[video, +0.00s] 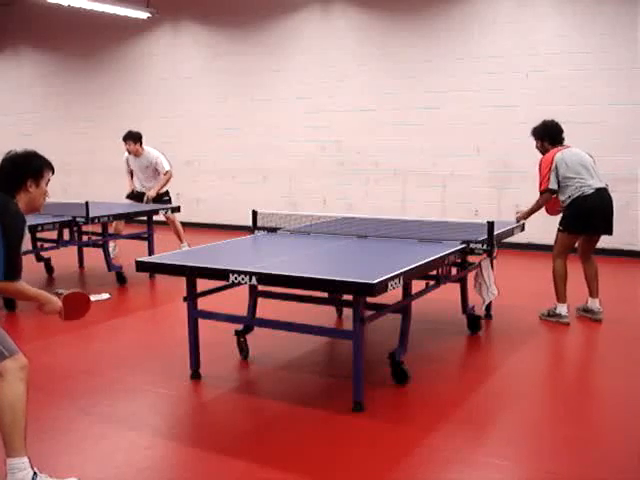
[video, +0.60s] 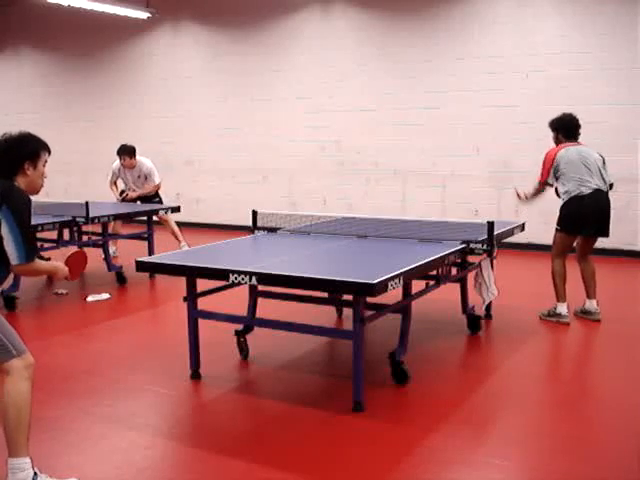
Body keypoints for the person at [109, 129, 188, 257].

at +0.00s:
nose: (126, 148)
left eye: (128, 144)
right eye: (125, 145)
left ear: (137, 144)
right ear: (128, 145)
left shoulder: (154, 156)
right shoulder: (128, 157)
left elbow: (168, 174)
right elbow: (129, 171)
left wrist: (155, 190)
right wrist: (131, 185)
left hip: (159, 193)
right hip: (139, 192)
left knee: (170, 217)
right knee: (119, 216)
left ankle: (184, 244)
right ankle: (113, 245)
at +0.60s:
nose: (121, 163)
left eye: (124, 160)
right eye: (120, 159)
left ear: (132, 158)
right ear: (119, 159)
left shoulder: (146, 165)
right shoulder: (117, 167)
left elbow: (156, 185)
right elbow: (112, 182)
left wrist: (136, 194)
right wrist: (118, 195)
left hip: (149, 195)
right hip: (130, 194)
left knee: (162, 216)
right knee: (117, 218)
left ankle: (182, 243)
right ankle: (113, 247)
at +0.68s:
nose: (121, 163)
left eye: (124, 159)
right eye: (120, 159)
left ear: (132, 158)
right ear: (119, 159)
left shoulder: (146, 166)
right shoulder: (117, 167)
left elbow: (155, 186)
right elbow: (112, 182)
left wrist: (135, 194)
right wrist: (117, 196)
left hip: (149, 194)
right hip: (130, 194)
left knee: (162, 216)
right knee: (116, 218)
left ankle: (182, 243)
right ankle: (113, 246)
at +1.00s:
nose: (123, 159)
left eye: (126, 156)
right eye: (122, 156)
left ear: (134, 155)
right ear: (121, 156)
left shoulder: (149, 163)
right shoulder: (120, 165)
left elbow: (158, 183)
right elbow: (116, 182)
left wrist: (138, 190)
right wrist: (122, 193)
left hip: (153, 193)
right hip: (134, 194)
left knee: (165, 216)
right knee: (120, 218)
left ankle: (183, 243)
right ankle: (113, 246)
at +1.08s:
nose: (124, 158)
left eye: (126, 155)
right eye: (123, 155)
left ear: (135, 154)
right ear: (121, 155)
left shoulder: (149, 162)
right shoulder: (121, 165)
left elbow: (160, 181)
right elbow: (117, 181)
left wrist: (139, 190)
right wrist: (124, 191)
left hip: (153, 193)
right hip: (134, 194)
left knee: (166, 216)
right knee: (120, 218)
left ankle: (183, 243)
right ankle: (113, 246)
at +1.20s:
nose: (125, 158)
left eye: (128, 155)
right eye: (124, 155)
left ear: (136, 154)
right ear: (123, 155)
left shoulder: (150, 161)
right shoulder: (121, 165)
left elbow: (162, 180)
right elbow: (119, 182)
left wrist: (142, 190)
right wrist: (126, 191)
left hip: (154, 193)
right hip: (135, 194)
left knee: (166, 216)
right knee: (120, 218)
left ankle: (183, 244)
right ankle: (113, 246)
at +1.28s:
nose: (125, 158)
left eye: (128, 155)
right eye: (124, 155)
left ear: (136, 153)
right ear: (123, 155)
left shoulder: (151, 161)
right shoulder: (122, 165)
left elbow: (162, 180)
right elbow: (120, 182)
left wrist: (142, 190)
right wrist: (126, 191)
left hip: (154, 193)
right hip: (135, 194)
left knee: (166, 216)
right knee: (120, 218)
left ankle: (183, 244)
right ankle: (113, 246)